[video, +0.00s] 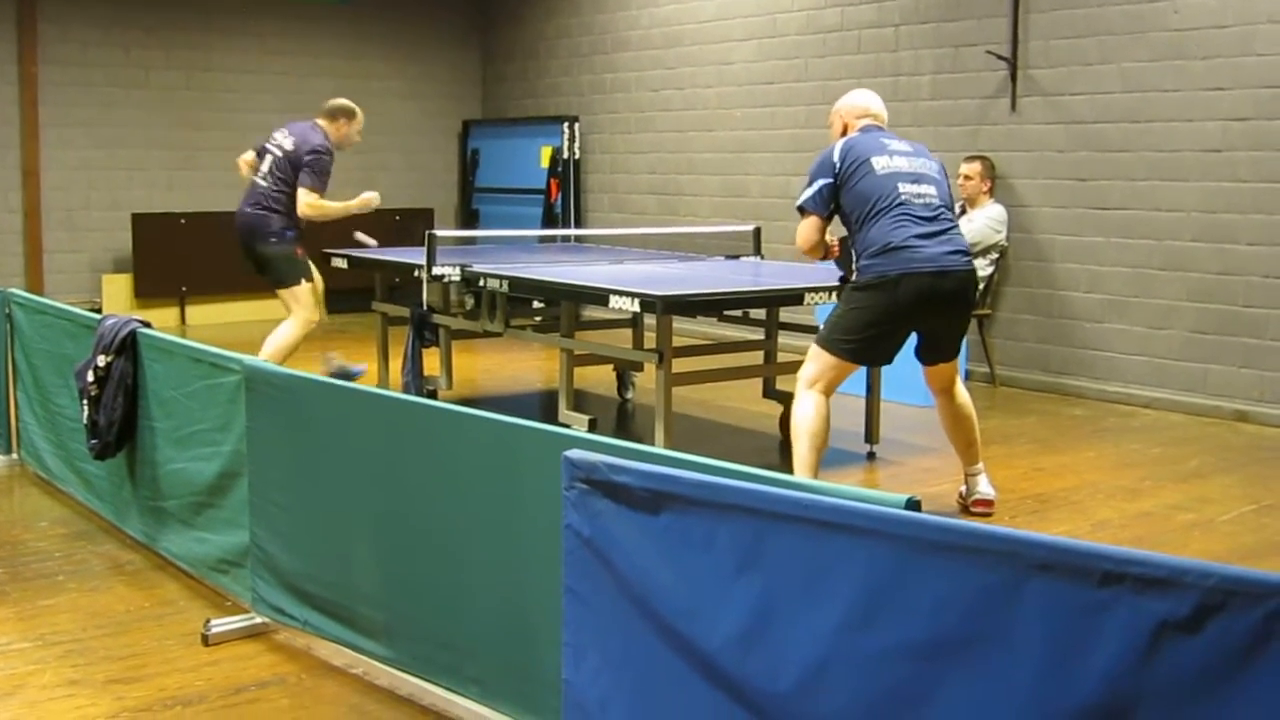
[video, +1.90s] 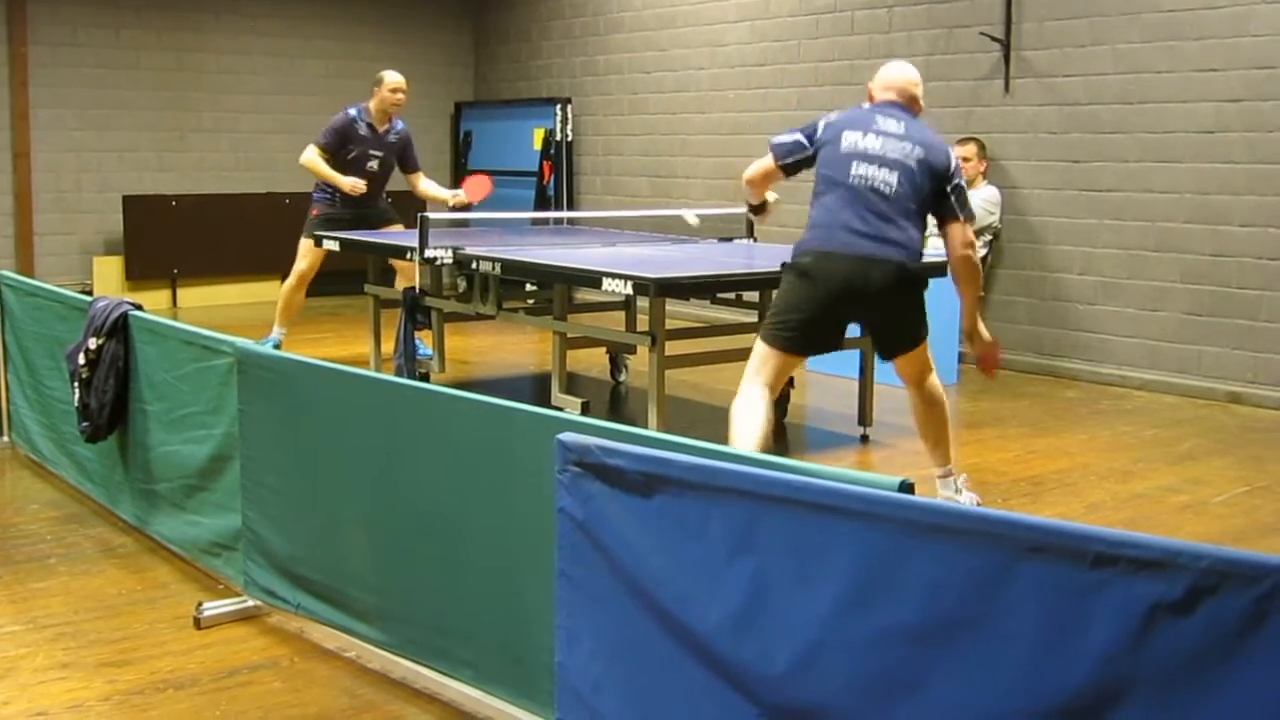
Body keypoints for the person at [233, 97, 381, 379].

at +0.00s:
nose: (357, 139)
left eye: (359, 132)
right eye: (357, 131)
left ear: (336, 122)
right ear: (341, 124)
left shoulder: (292, 130)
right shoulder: (319, 148)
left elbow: (246, 161)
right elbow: (308, 208)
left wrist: (273, 194)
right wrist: (355, 205)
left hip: (254, 219)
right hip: (270, 225)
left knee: (314, 284)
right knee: (305, 315)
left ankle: (329, 360)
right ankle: (254, 379)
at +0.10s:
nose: (380, 148)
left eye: (382, 141)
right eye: (377, 139)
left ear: (354, 133)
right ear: (356, 132)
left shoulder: (321, 143)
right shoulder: (330, 156)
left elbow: (278, 170)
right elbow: (296, 199)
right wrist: (347, 202)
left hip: (280, 226)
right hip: (280, 229)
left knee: (333, 286)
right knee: (303, 314)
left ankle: (359, 364)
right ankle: (253, 378)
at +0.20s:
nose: (395, 148)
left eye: (399, 142)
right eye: (392, 139)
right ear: (371, 132)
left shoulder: (361, 163)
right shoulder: (338, 153)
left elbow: (334, 201)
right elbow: (288, 185)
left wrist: (335, 228)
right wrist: (327, 199)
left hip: (314, 234)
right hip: (290, 228)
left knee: (355, 278)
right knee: (290, 299)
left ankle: (361, 362)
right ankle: (253, 369)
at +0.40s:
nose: (405, 124)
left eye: (409, 119)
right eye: (401, 116)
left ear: (408, 121)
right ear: (381, 111)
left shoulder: (385, 148)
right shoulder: (344, 134)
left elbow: (376, 188)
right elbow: (300, 170)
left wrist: (384, 228)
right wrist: (333, 198)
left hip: (341, 217)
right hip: (302, 211)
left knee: (370, 278)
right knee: (286, 285)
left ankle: (360, 358)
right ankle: (245, 352)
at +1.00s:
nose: (381, 119)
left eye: (383, 113)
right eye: (375, 112)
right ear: (354, 112)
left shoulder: (372, 146)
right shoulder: (324, 141)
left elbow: (386, 185)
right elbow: (305, 194)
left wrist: (403, 205)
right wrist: (352, 205)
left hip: (351, 219)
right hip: (310, 218)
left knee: (392, 270)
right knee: (286, 289)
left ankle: (408, 346)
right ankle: (261, 344)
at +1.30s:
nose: (424, 131)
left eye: (425, 126)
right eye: (420, 125)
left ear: (403, 125)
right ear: (399, 123)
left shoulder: (400, 155)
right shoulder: (361, 146)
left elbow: (400, 192)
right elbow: (325, 185)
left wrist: (442, 209)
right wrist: (358, 212)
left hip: (367, 220)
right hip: (327, 217)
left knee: (412, 266)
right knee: (299, 286)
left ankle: (410, 342)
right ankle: (260, 342)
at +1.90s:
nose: (400, 98)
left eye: (404, 93)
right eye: (394, 91)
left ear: (405, 97)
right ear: (376, 92)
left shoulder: (400, 133)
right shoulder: (348, 121)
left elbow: (418, 183)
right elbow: (308, 158)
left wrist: (448, 195)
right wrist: (340, 180)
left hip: (374, 207)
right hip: (331, 205)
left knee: (409, 262)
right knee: (302, 271)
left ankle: (410, 338)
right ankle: (276, 335)